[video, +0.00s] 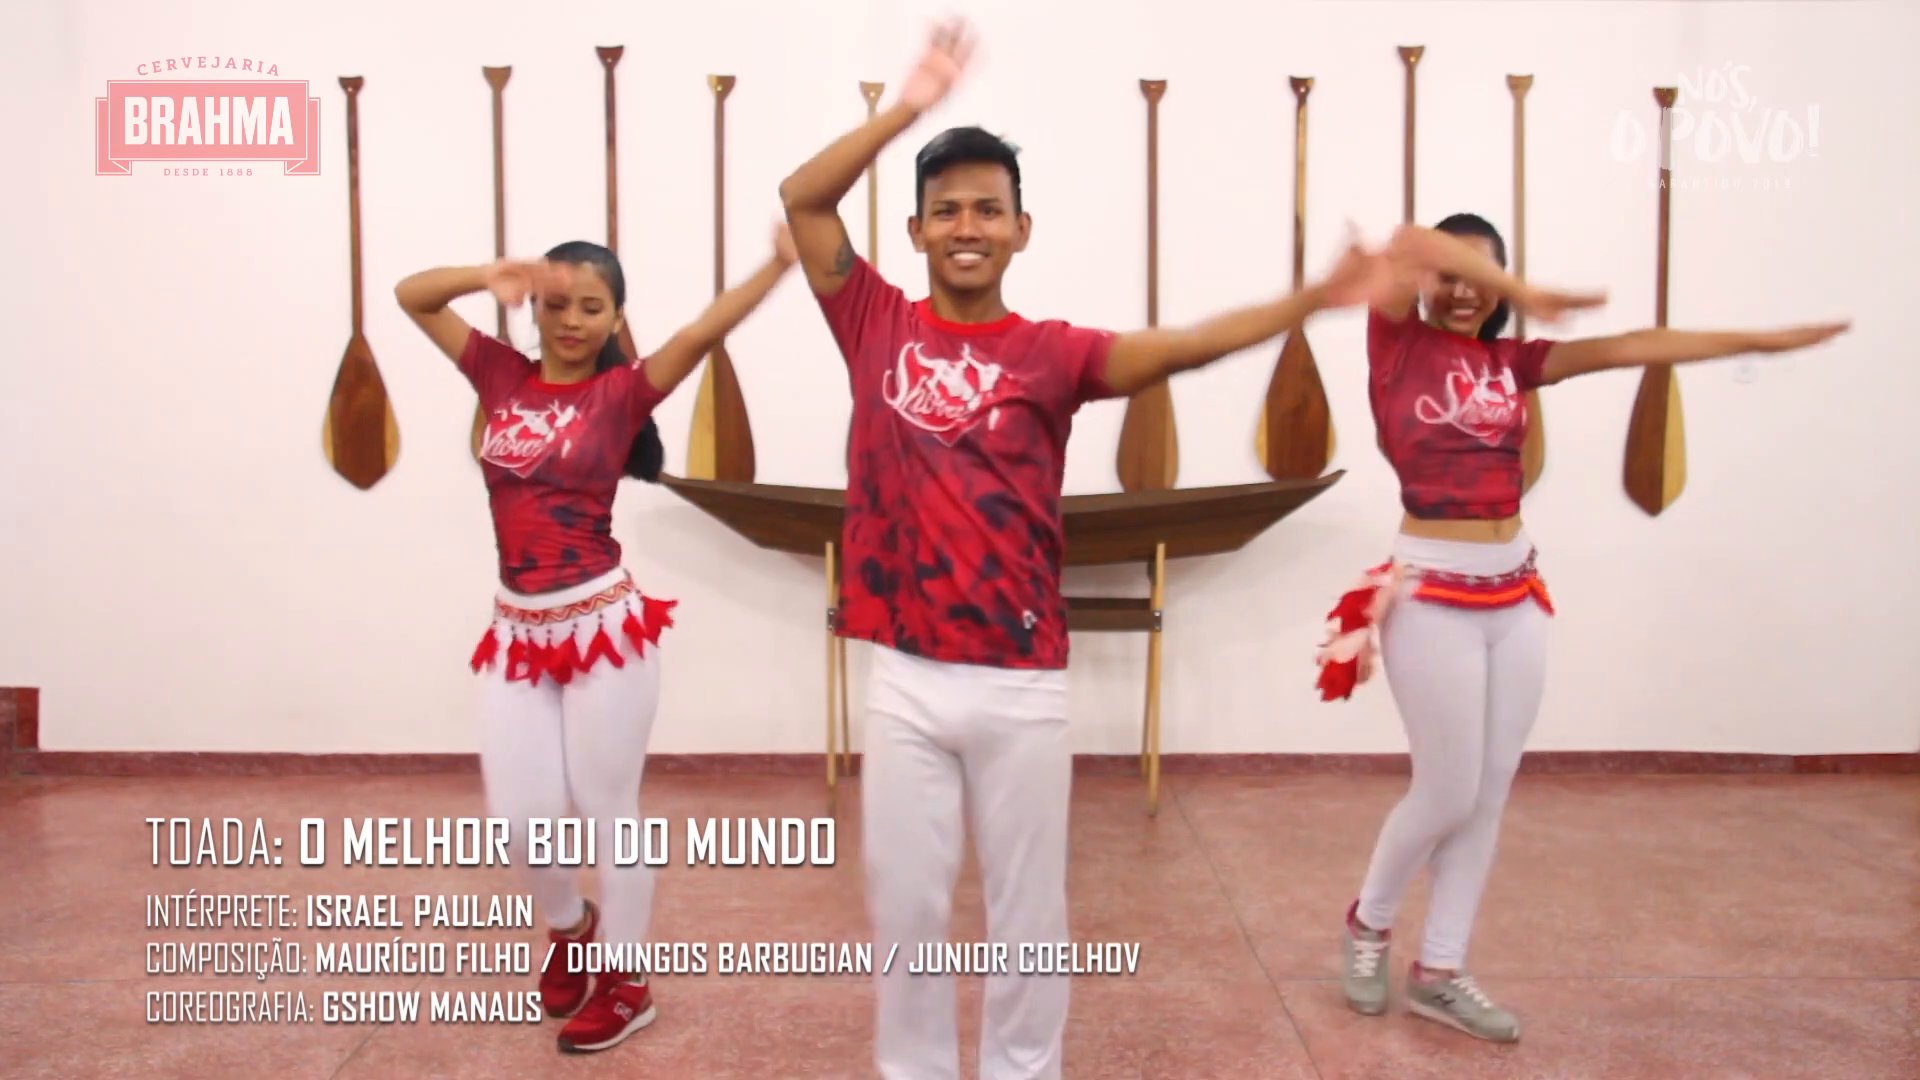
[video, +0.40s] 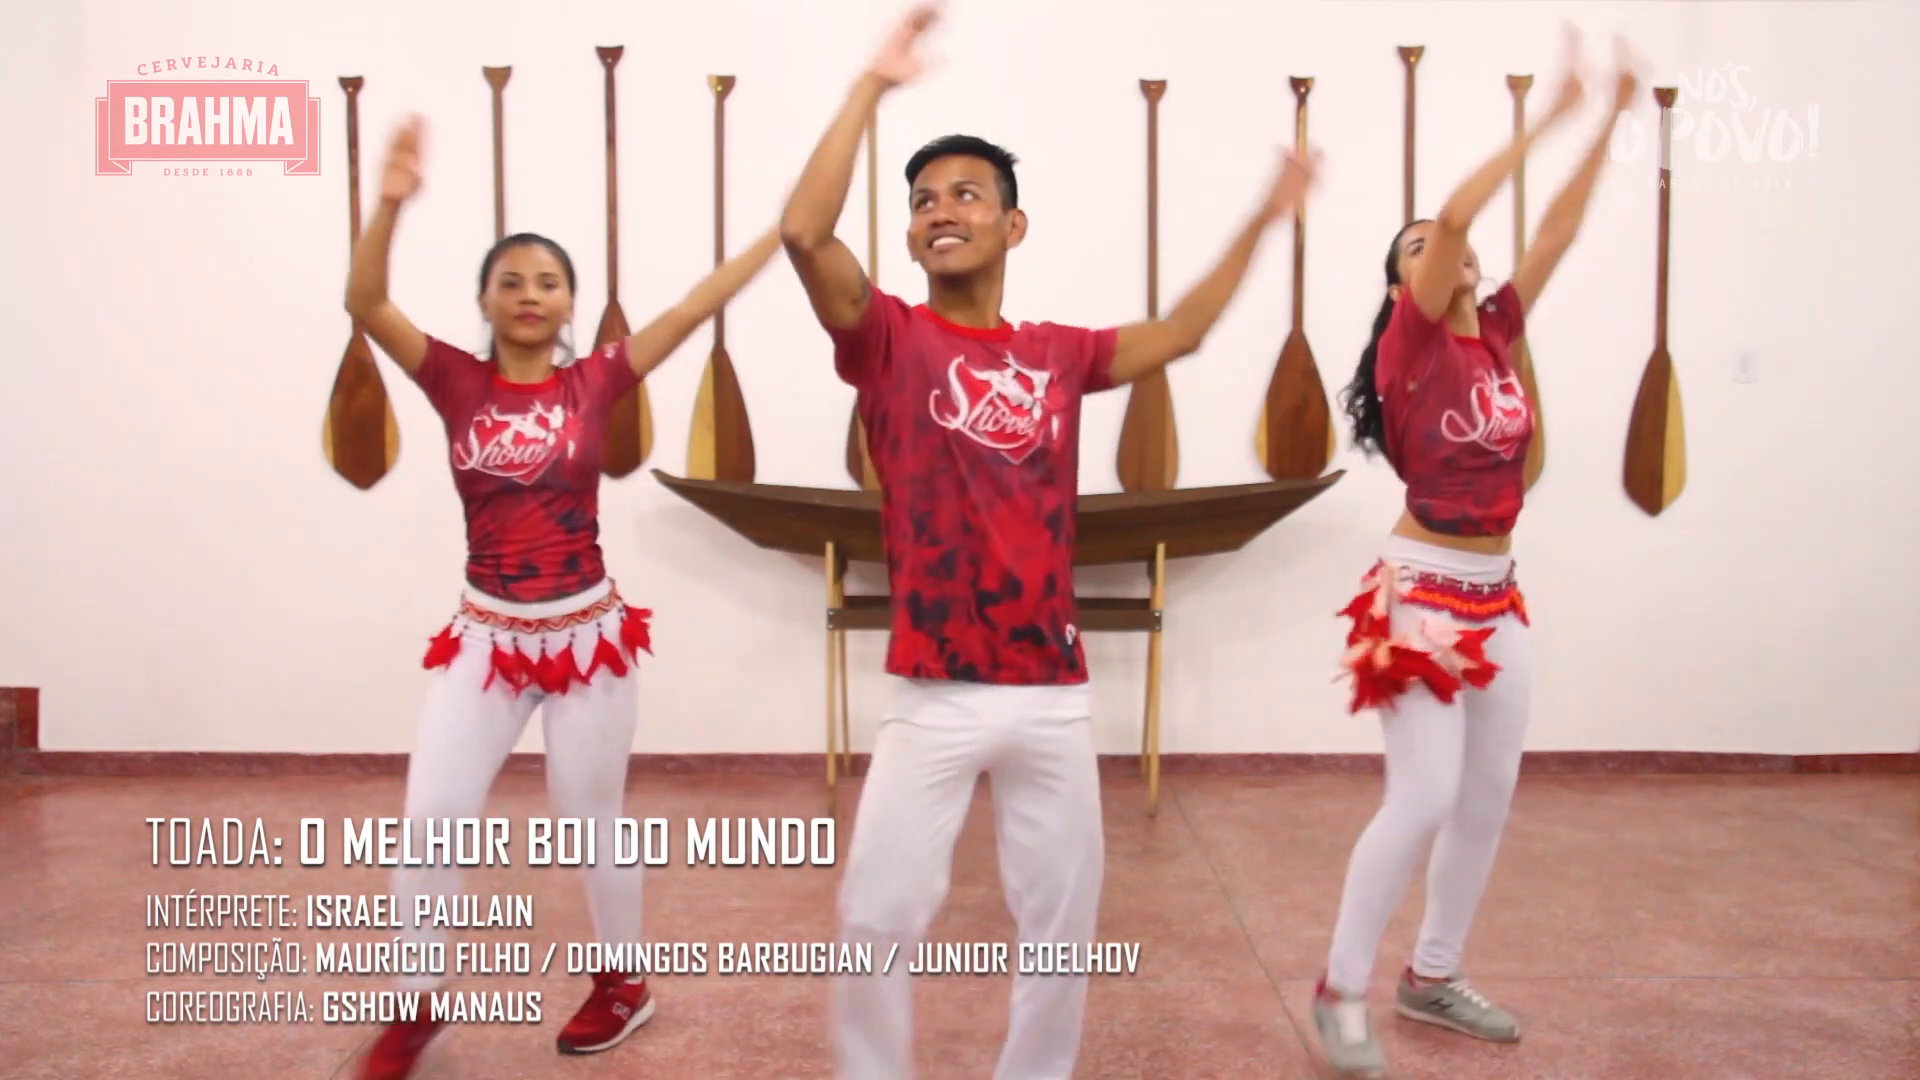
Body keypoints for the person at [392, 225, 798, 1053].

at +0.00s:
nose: (570, 319)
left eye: (589, 306)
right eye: (557, 302)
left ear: (616, 318)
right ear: (534, 309)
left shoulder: (621, 394)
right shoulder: (502, 377)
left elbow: (703, 332)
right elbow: (413, 295)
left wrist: (778, 265)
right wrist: (488, 274)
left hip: (604, 631)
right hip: (516, 634)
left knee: (609, 810)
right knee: (523, 818)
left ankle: (626, 975)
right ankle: (570, 928)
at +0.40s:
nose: (528, 292)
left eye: (546, 281)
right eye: (512, 278)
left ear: (570, 304)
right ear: (484, 299)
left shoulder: (596, 378)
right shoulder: (459, 382)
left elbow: (697, 306)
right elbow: (368, 304)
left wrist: (785, 234)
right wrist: (385, 207)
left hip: (586, 637)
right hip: (486, 637)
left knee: (593, 825)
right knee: (427, 822)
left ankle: (622, 982)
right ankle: (417, 1002)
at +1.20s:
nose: (339, 277)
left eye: (357, 266)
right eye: (320, 265)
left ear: (384, 291)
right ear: (293, 288)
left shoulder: (412, 377)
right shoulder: (256, 380)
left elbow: (523, 311)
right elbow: (107, 336)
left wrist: (428, 247)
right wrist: (2, 284)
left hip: (408, 656)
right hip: (295, 666)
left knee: (483, 833)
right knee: (316, 871)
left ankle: (416, 954)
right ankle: (336, 1050)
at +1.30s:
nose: (330, 285)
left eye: (347, 272)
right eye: (312, 271)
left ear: (377, 295)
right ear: (287, 292)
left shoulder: (408, 379)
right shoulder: (254, 384)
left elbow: (516, 312)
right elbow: (106, 352)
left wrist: (407, 263)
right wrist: (1, 318)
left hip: (404, 664)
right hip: (290, 670)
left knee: (423, 865)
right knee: (315, 870)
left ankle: (396, 1010)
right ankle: (333, 1050)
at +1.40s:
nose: (327, 290)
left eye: (348, 273)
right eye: (309, 273)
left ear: (382, 296)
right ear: (283, 292)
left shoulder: (409, 382)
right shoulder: (254, 388)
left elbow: (512, 315)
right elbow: (103, 367)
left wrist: (385, 264)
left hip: (395, 666)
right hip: (284, 670)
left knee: (371, 856)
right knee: (304, 869)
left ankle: (394, 1020)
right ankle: (331, 1052)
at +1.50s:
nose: (313, 298)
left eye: (335, 283)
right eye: (302, 281)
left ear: (375, 302)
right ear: (285, 297)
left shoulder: (403, 387)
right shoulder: (253, 391)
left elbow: (489, 317)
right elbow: (101, 377)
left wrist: (368, 282)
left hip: (389, 673)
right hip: (276, 677)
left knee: (375, 869)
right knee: (301, 881)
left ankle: (403, 1019)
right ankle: (333, 1056)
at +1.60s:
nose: (320, 298)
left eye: (345, 281)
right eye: (305, 280)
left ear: (374, 307)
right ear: (284, 298)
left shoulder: (396, 389)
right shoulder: (253, 390)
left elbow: (465, 314)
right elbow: (106, 370)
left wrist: (342, 294)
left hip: (385, 672)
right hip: (273, 675)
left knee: (384, 886)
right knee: (300, 889)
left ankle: (405, 1073)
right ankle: (331, 1060)